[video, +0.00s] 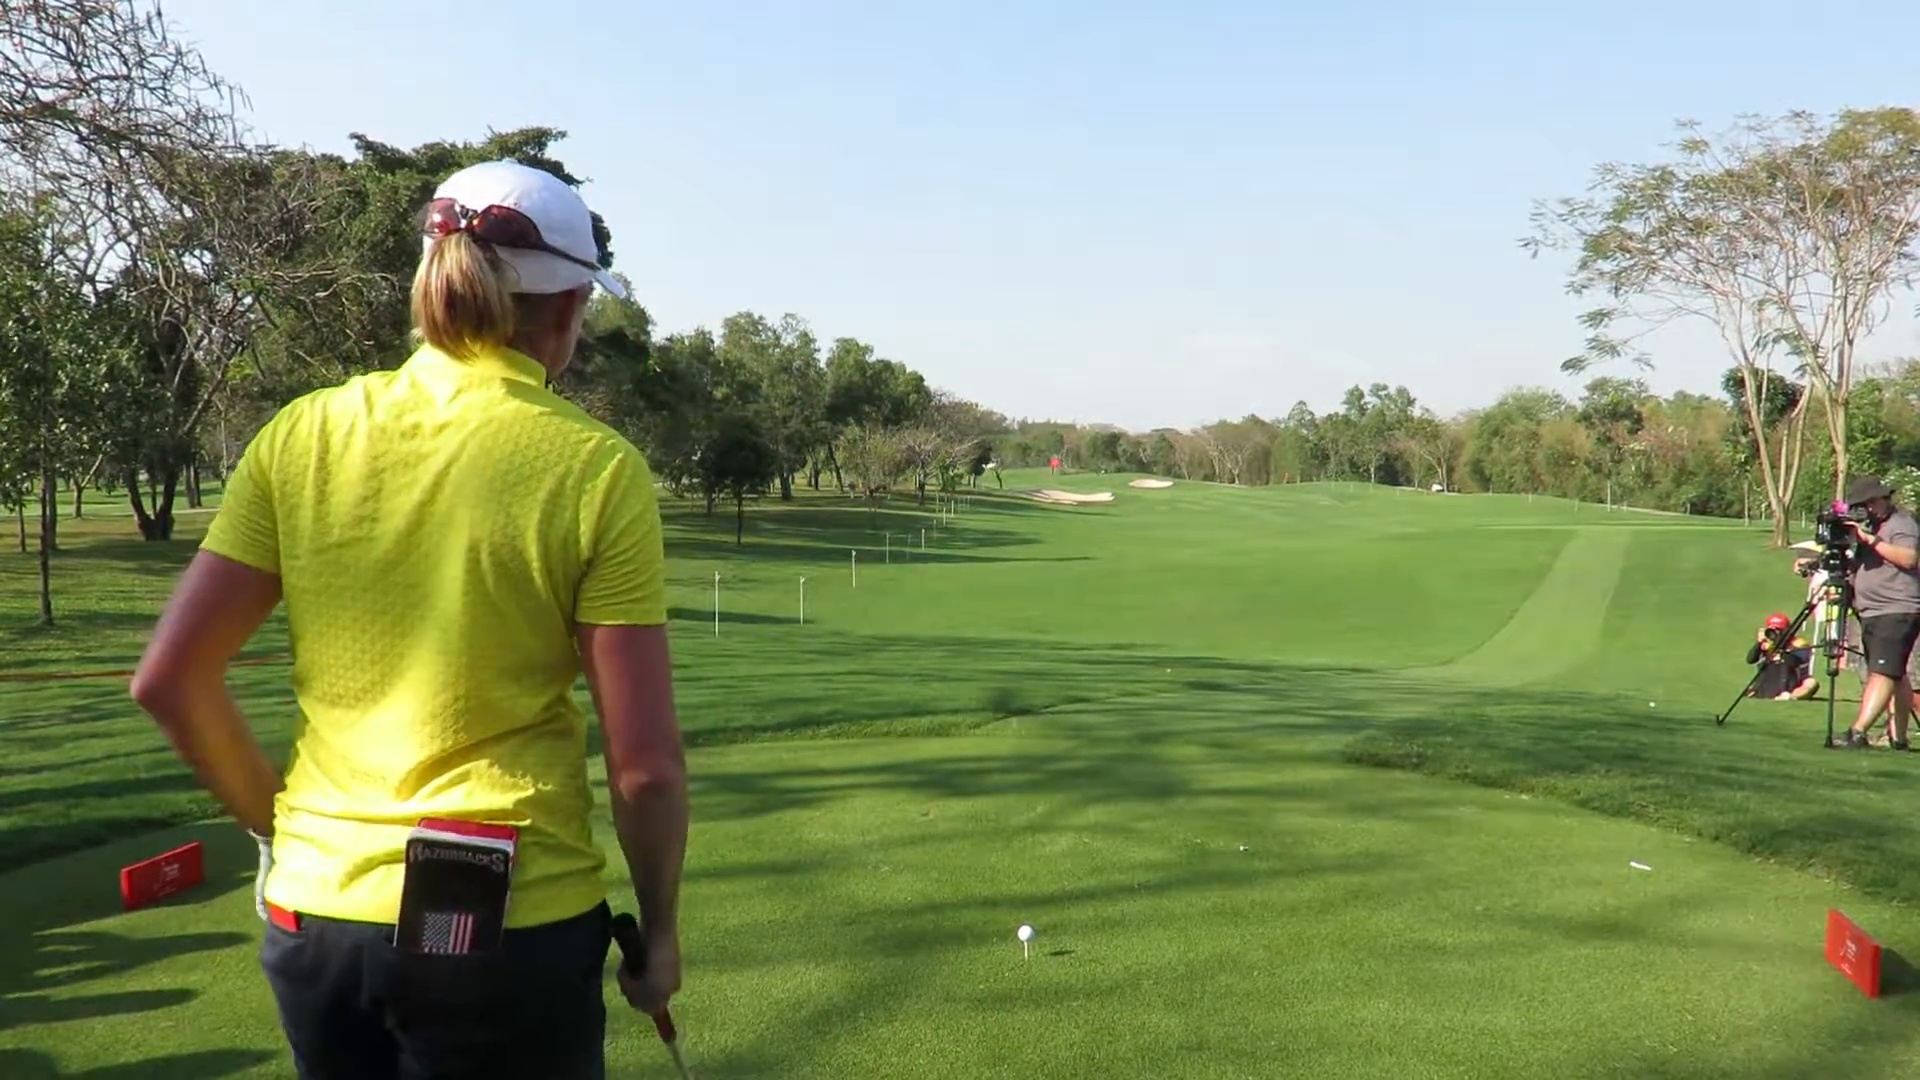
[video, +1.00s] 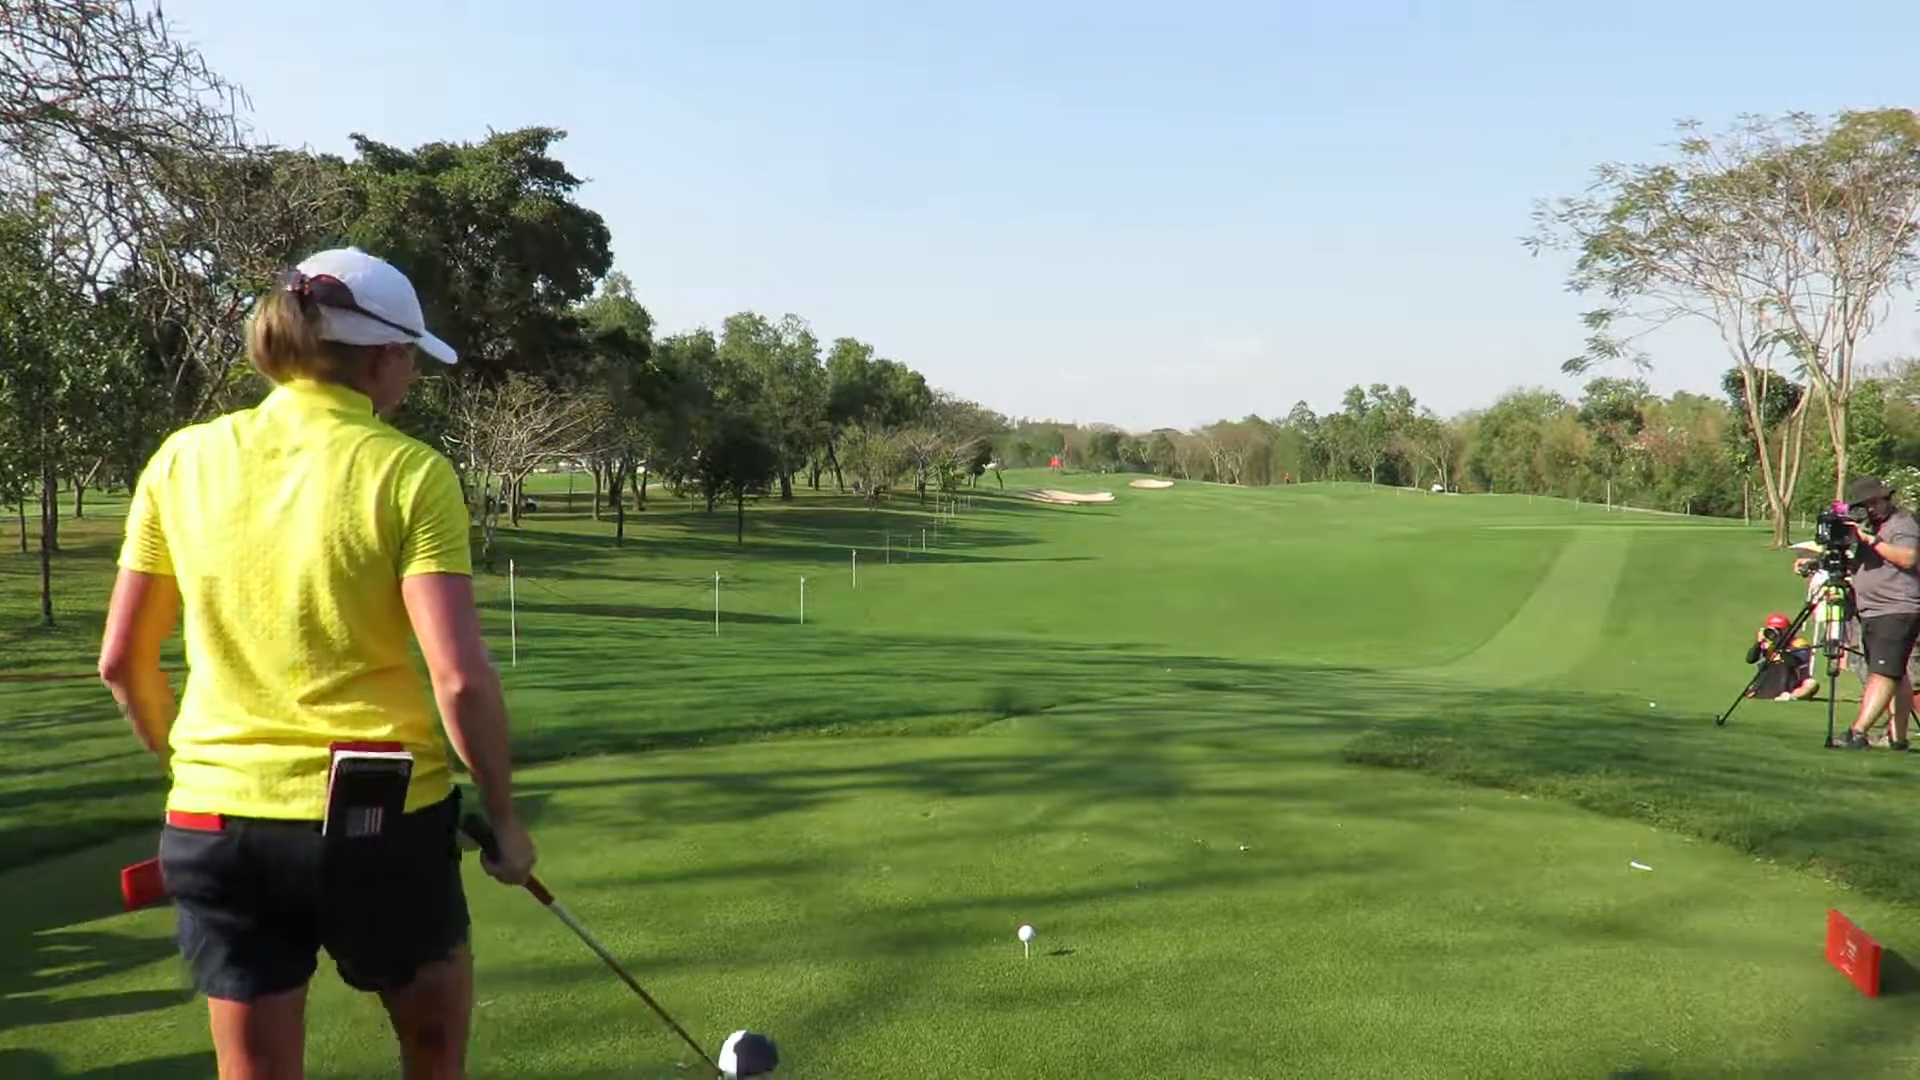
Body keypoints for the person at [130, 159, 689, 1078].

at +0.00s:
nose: (580, 329)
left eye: (580, 305)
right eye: (582, 307)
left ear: (432, 284)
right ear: (562, 311)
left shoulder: (300, 434)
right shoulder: (595, 466)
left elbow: (171, 679)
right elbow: (644, 771)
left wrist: (283, 826)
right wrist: (659, 925)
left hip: (314, 917)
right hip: (511, 930)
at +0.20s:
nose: (572, 328)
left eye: (572, 304)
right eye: (573, 306)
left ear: (421, 286)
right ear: (553, 312)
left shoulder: (287, 439)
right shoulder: (584, 467)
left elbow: (166, 688)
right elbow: (639, 764)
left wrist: (250, 842)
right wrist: (656, 920)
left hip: (310, 919)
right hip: (503, 928)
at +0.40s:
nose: (550, 343)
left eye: (552, 320)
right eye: (552, 322)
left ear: (404, 302)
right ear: (534, 324)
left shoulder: (280, 448)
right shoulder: (564, 467)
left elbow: (170, 692)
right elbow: (624, 759)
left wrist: (224, 866)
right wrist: (630, 901)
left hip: (307, 914)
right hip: (491, 921)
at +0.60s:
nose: (510, 367)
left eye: (513, 345)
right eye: (510, 347)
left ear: (371, 332)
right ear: (491, 352)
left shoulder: (254, 473)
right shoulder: (523, 484)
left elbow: (149, 703)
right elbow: (585, 749)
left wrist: (186, 875)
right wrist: (598, 885)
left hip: (286, 906)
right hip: (462, 911)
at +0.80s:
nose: (443, 373)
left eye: (445, 353)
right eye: (444, 354)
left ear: (317, 341)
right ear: (422, 356)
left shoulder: (202, 466)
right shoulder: (450, 476)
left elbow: (115, 683)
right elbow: (510, 709)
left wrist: (156, 831)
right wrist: (545, 843)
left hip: (229, 866)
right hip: (400, 865)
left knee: (268, 1066)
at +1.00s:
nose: (413, 377)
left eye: (416, 359)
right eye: (412, 358)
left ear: (288, 346)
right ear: (381, 356)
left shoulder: (182, 459)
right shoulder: (409, 469)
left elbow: (124, 661)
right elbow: (460, 679)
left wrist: (192, 764)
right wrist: (503, 817)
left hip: (215, 830)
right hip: (379, 833)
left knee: (251, 1067)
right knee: (434, 1048)